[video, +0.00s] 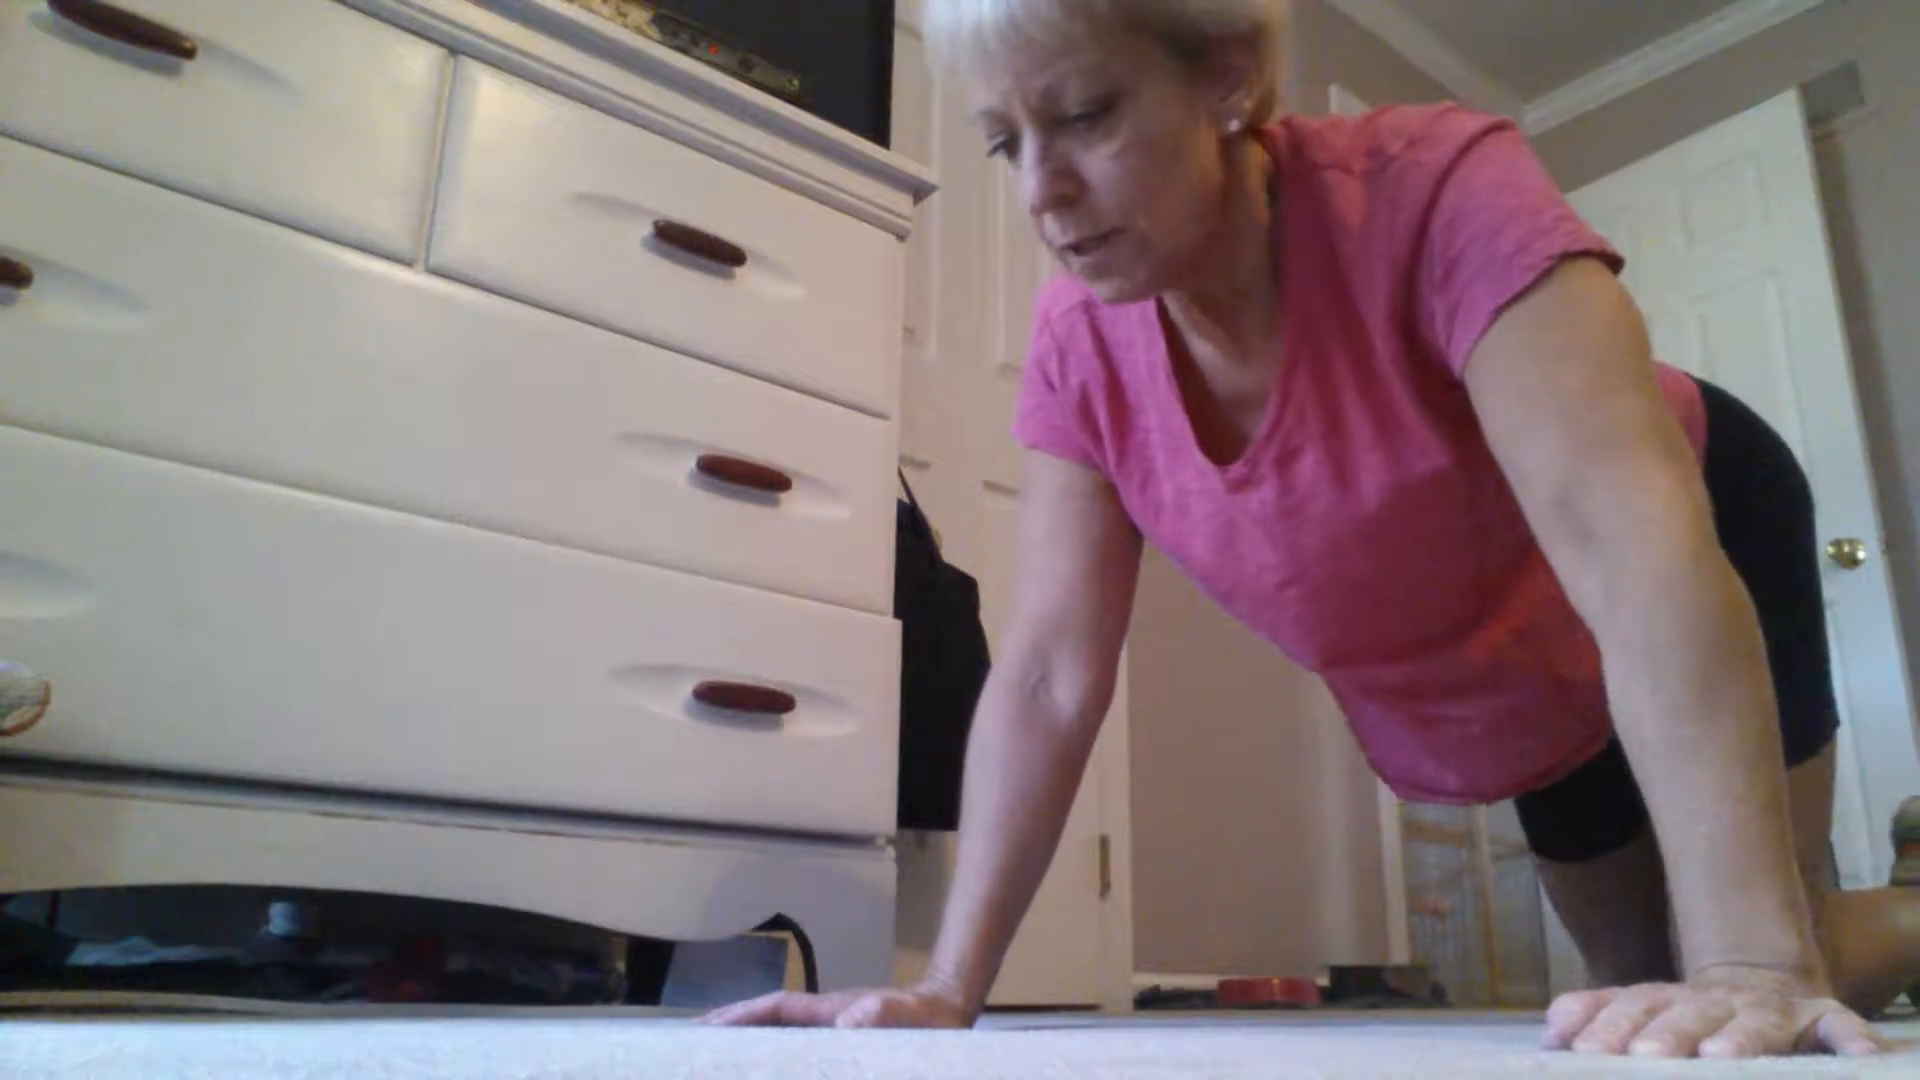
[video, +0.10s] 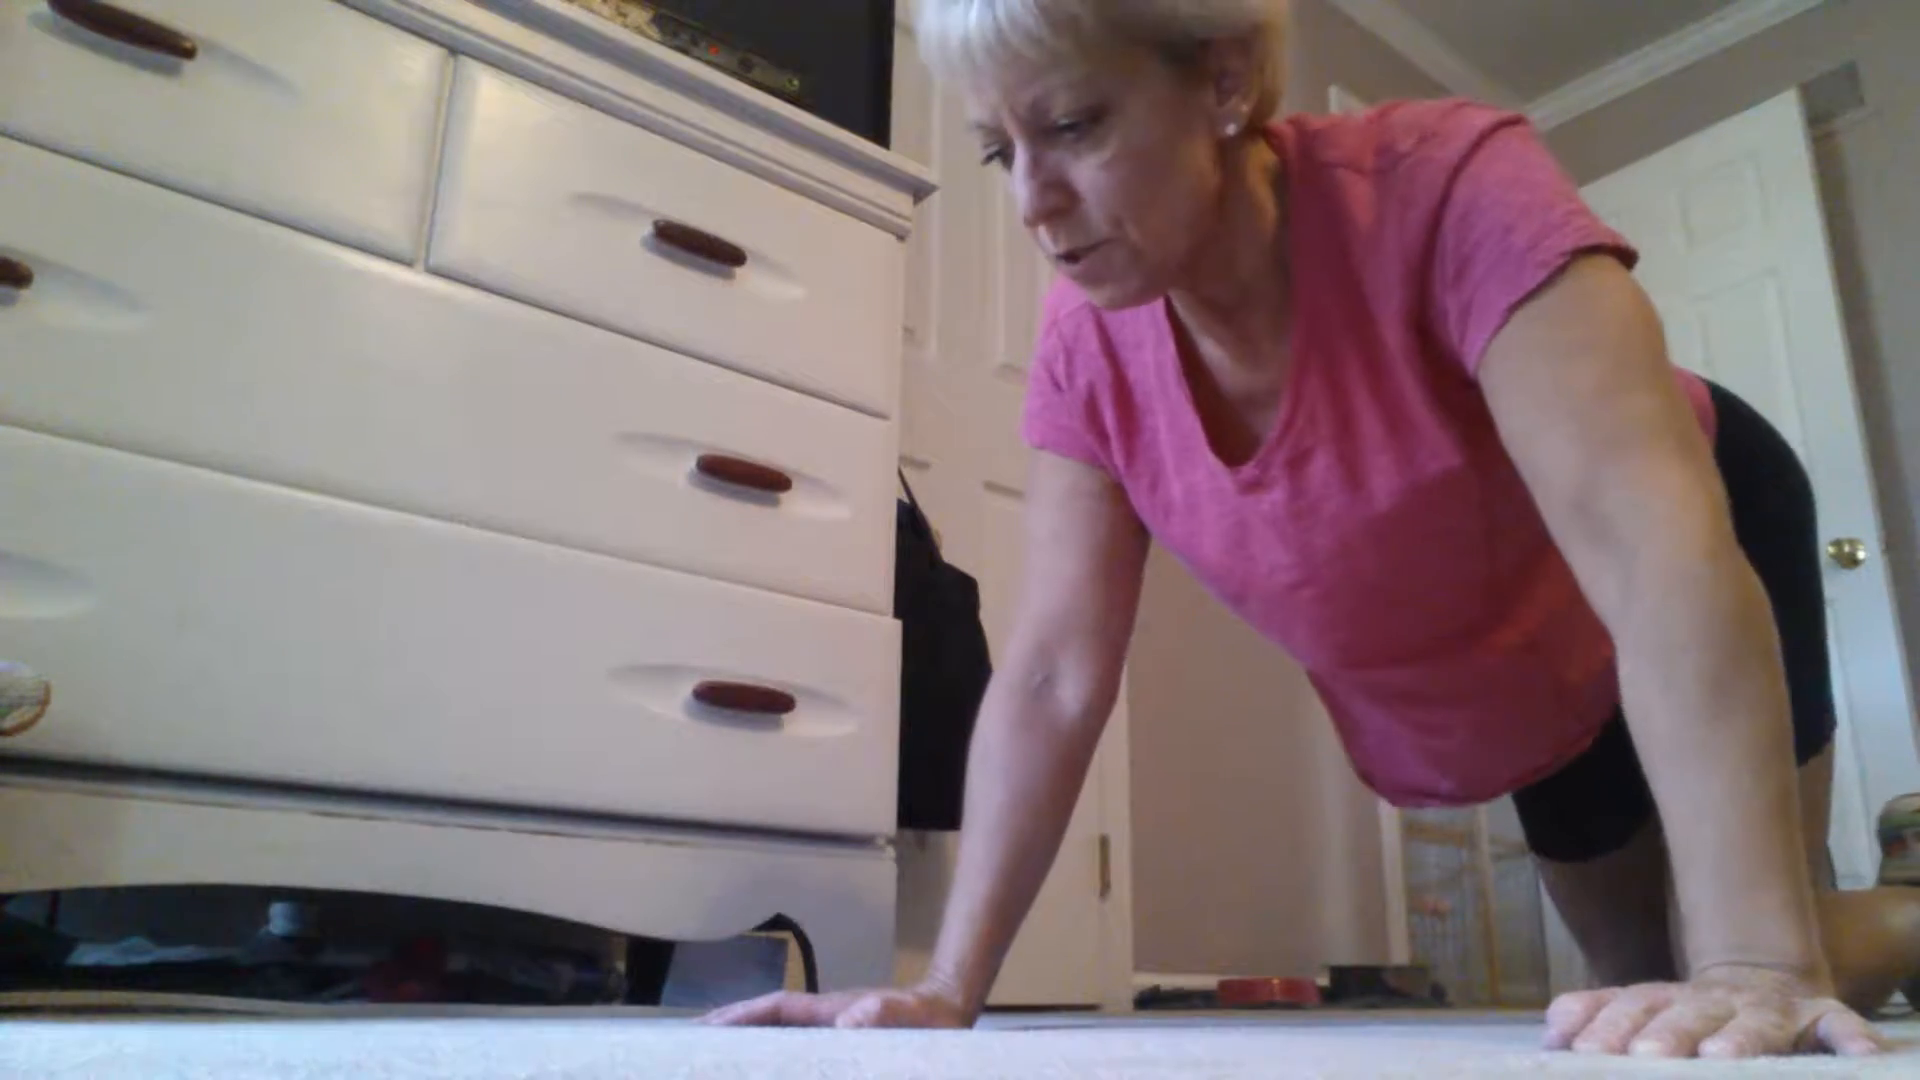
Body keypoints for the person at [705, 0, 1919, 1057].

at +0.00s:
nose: (1044, 193)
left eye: (1084, 121)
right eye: (1009, 142)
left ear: (1237, 80)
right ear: (990, 146)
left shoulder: (1444, 192)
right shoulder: (1084, 333)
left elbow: (1640, 541)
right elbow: (1045, 675)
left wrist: (1752, 973)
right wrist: (950, 983)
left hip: (1678, 548)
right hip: (1501, 665)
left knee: (1777, 956)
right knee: (1645, 999)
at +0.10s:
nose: (1035, 202)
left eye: (1074, 129)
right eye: (1004, 151)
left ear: (1234, 83)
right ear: (989, 157)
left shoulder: (1454, 187)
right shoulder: (1091, 348)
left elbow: (1658, 540)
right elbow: (1047, 679)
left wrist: (1754, 970)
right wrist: (950, 983)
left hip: (1685, 568)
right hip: (1513, 678)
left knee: (1775, 953)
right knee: (1645, 995)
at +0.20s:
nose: (1039, 200)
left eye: (1078, 128)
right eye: (1007, 149)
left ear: (1238, 76)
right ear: (991, 151)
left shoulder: (1458, 181)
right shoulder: (1096, 339)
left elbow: (1677, 540)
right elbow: (1051, 679)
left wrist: (1754, 971)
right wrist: (950, 984)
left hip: (1684, 562)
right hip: (1513, 670)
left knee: (1769, 956)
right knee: (1649, 989)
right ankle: (1888, 924)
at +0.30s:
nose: (1041, 199)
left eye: (1079, 127)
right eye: (1008, 146)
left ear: (1239, 68)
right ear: (990, 144)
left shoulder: (1467, 172)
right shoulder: (1099, 329)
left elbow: (1690, 540)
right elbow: (1053, 677)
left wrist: (1759, 972)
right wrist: (950, 982)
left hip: (1689, 565)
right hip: (1521, 681)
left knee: (1772, 958)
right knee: (1665, 990)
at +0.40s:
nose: (1040, 196)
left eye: (1079, 126)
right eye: (1008, 144)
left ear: (1244, 67)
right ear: (989, 140)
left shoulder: (1478, 163)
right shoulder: (1103, 324)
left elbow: (1696, 530)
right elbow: (1054, 675)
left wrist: (1758, 969)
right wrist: (950, 982)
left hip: (1696, 572)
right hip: (1524, 691)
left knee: (1782, 958)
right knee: (1690, 986)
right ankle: (1892, 927)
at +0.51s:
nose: (1047, 194)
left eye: (1085, 125)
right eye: (1014, 141)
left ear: (1249, 63)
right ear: (995, 133)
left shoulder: (1484, 154)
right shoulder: (1105, 313)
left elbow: (1699, 516)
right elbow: (1057, 671)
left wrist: (1764, 970)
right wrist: (949, 983)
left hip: (1697, 566)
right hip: (1534, 692)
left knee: (1791, 947)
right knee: (1730, 970)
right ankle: (1895, 931)